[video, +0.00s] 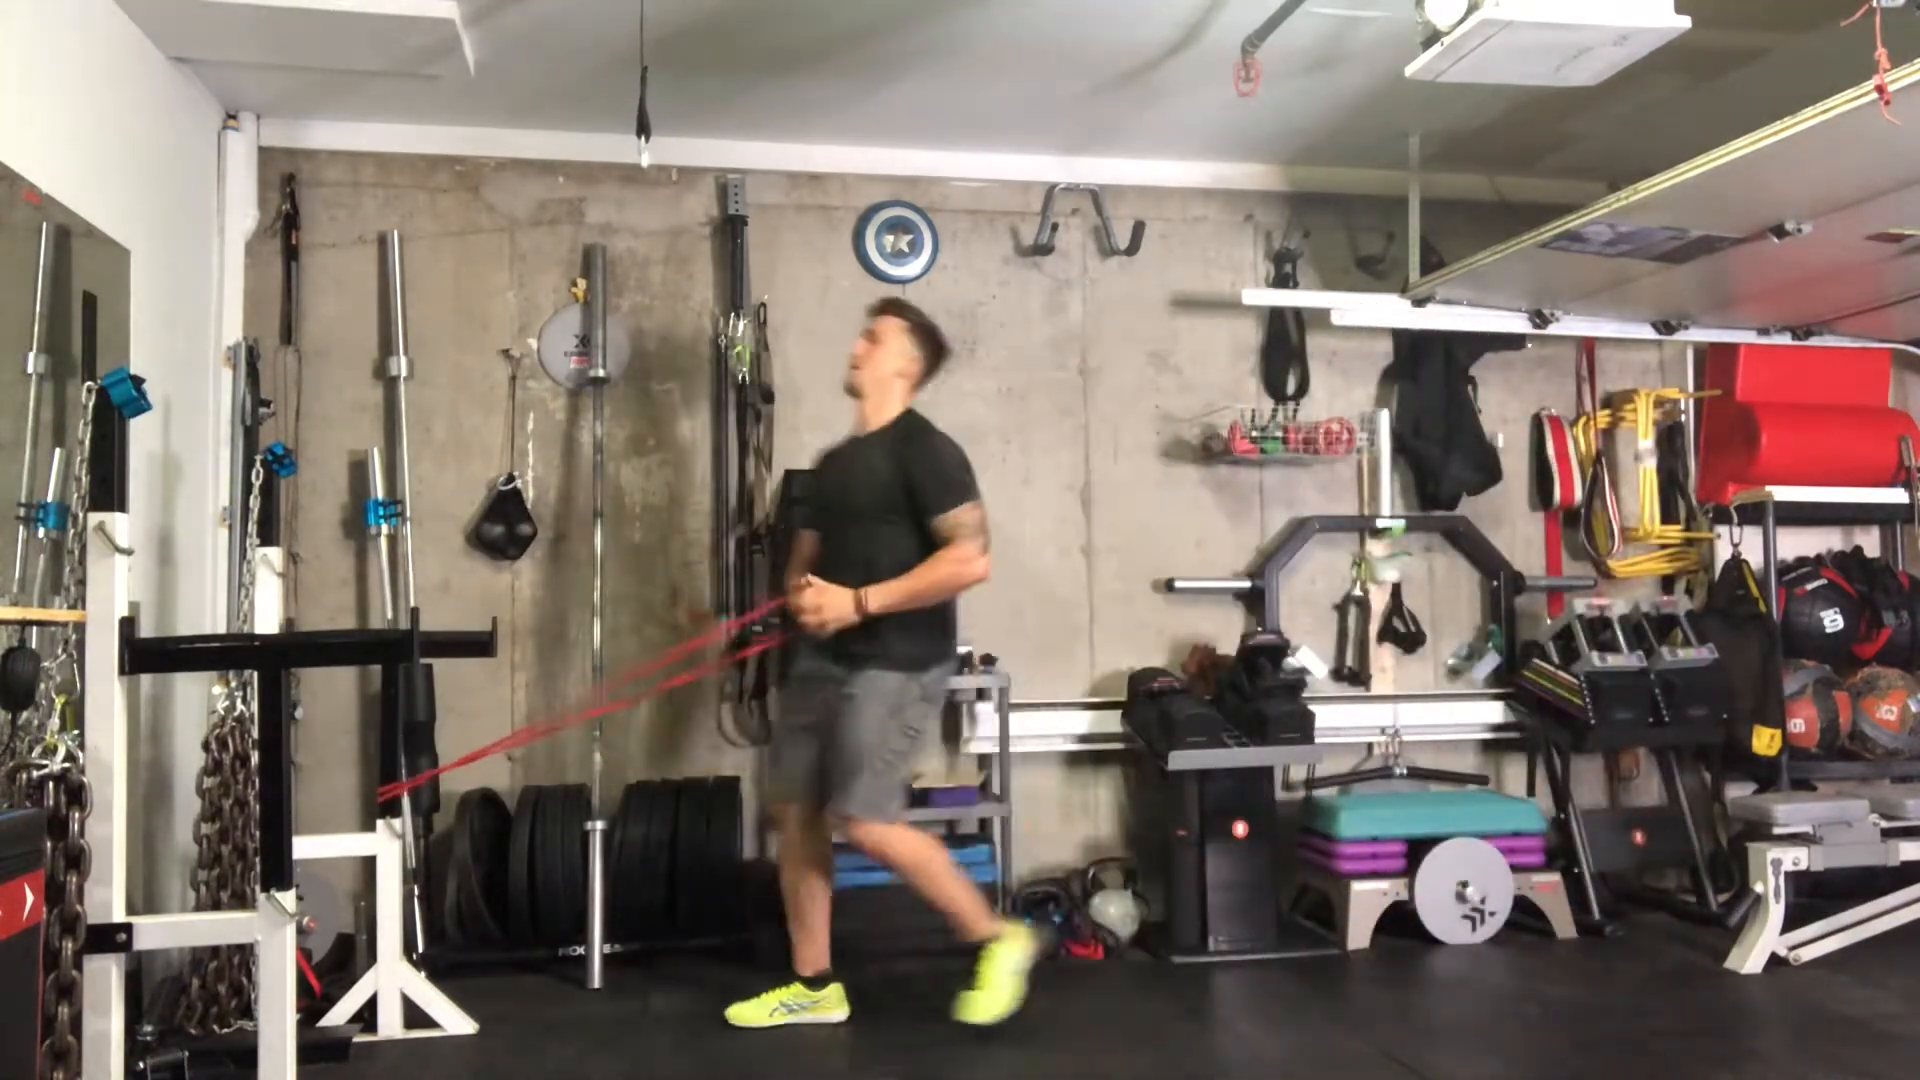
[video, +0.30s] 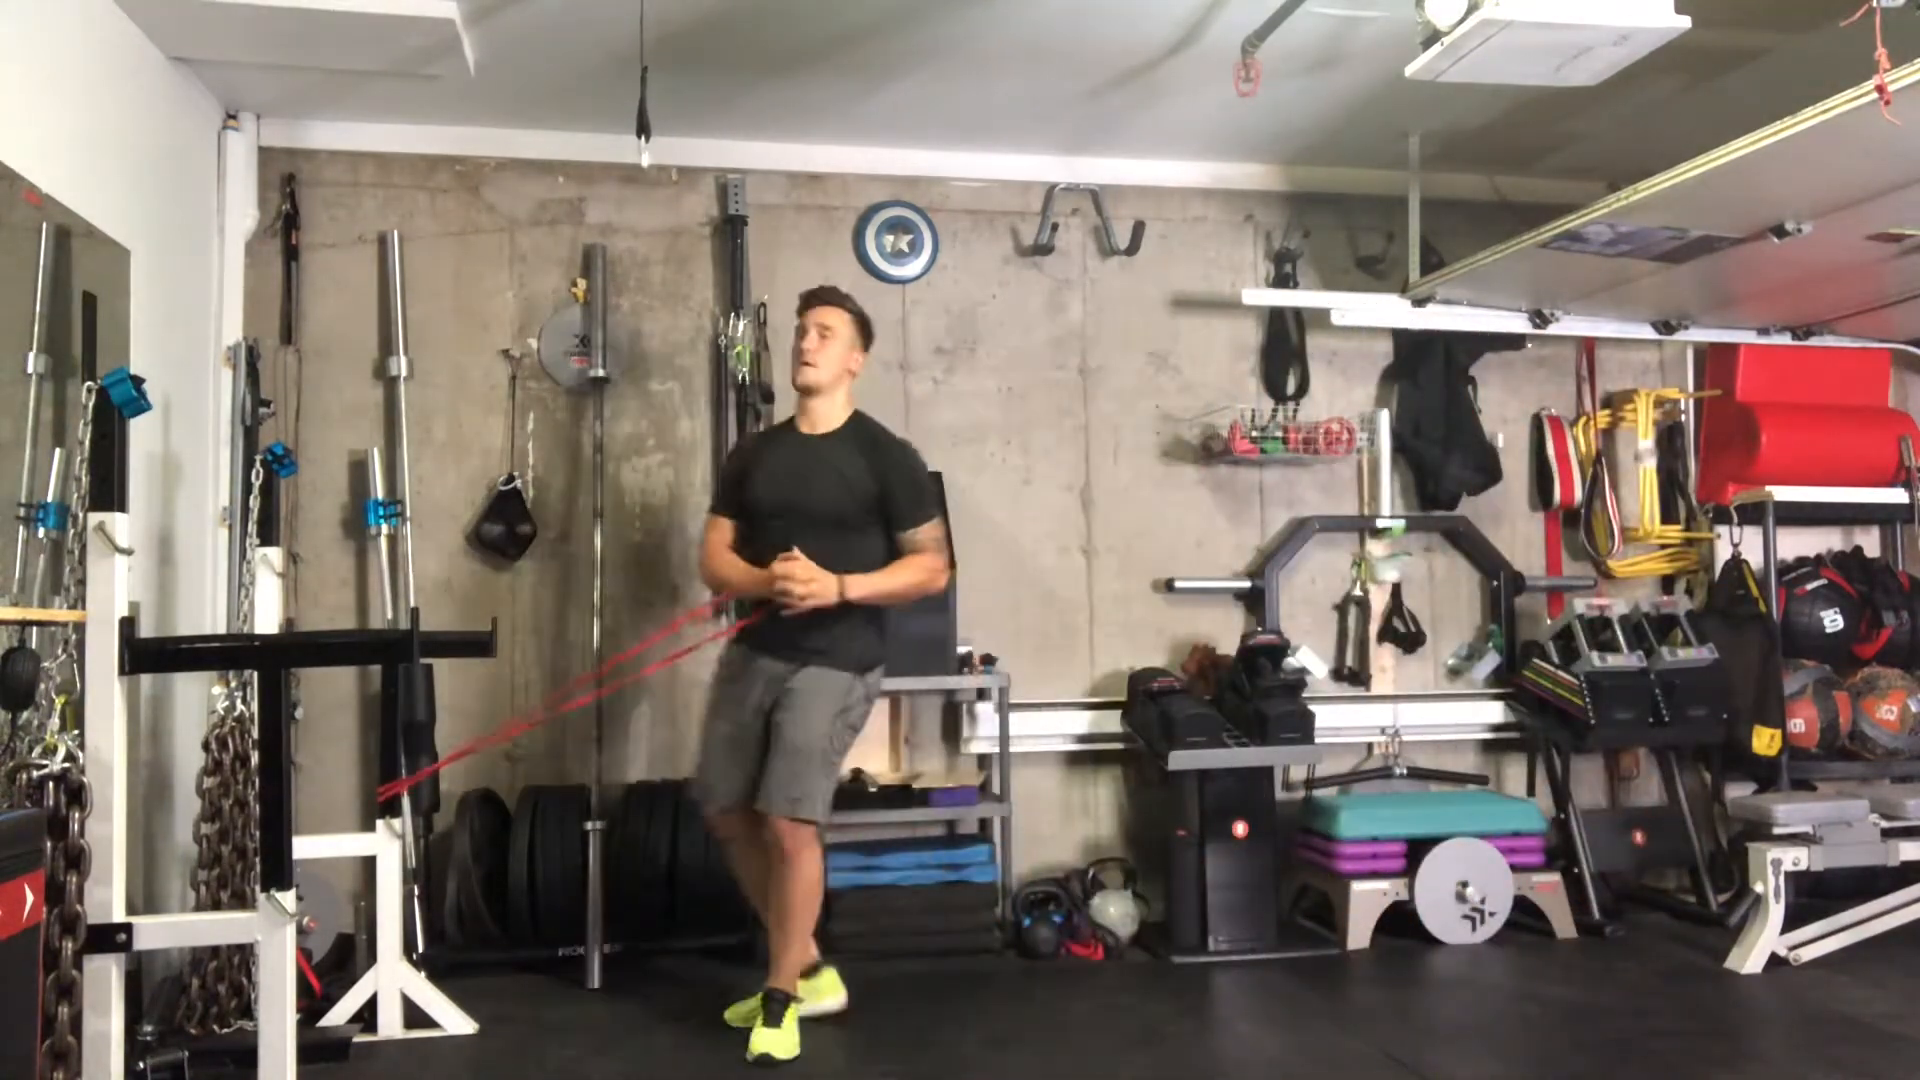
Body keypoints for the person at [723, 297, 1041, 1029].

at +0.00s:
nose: (855, 346)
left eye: (874, 338)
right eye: (861, 335)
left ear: (912, 365)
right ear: (871, 362)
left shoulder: (928, 449)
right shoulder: (831, 464)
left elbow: (969, 559)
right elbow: (800, 564)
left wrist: (860, 600)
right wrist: (803, 595)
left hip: (898, 665)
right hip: (821, 661)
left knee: (864, 813)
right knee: (796, 815)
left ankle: (1000, 937)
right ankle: (815, 983)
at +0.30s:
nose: (807, 344)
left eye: (825, 336)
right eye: (801, 334)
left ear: (859, 361)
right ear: (791, 354)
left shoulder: (890, 458)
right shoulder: (752, 453)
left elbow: (932, 567)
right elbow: (715, 558)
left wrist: (841, 588)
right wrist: (763, 582)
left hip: (834, 660)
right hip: (754, 653)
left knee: (790, 816)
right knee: (724, 807)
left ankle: (780, 995)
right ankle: (806, 966)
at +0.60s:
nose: (777, 363)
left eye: (793, 351)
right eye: (765, 350)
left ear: (817, 369)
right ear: (747, 365)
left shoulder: (852, 472)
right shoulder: (702, 463)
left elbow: (865, 584)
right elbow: (671, 571)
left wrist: (783, 556)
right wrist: (739, 553)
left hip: (806, 678)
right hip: (714, 671)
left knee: (793, 834)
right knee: (666, 826)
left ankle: (782, 1000)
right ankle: (668, 969)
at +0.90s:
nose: (712, 400)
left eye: (728, 387)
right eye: (699, 387)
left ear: (755, 401)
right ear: (682, 398)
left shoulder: (788, 491)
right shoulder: (636, 490)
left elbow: (798, 559)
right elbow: (643, 563)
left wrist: (758, 571)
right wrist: (698, 571)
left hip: (761, 679)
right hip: (665, 684)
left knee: (771, 810)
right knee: (636, 836)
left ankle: (786, 986)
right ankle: (606, 988)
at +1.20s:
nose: (703, 511)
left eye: (718, 495)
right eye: (689, 496)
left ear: (742, 500)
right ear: (671, 502)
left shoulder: (772, 563)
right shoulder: (632, 572)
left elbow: (788, 603)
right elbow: (643, 611)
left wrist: (759, 616)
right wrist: (701, 614)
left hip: (744, 736)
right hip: (657, 735)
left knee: (725, 853)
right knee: (649, 856)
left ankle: (746, 981)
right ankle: (608, 990)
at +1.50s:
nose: (744, 553)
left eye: (756, 537)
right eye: (728, 539)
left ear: (775, 533)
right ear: (702, 539)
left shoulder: (807, 589)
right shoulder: (673, 608)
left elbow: (830, 624)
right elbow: (678, 650)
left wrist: (806, 646)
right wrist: (751, 654)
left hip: (789, 756)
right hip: (701, 755)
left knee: (779, 858)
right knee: (683, 874)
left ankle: (750, 978)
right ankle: (611, 990)